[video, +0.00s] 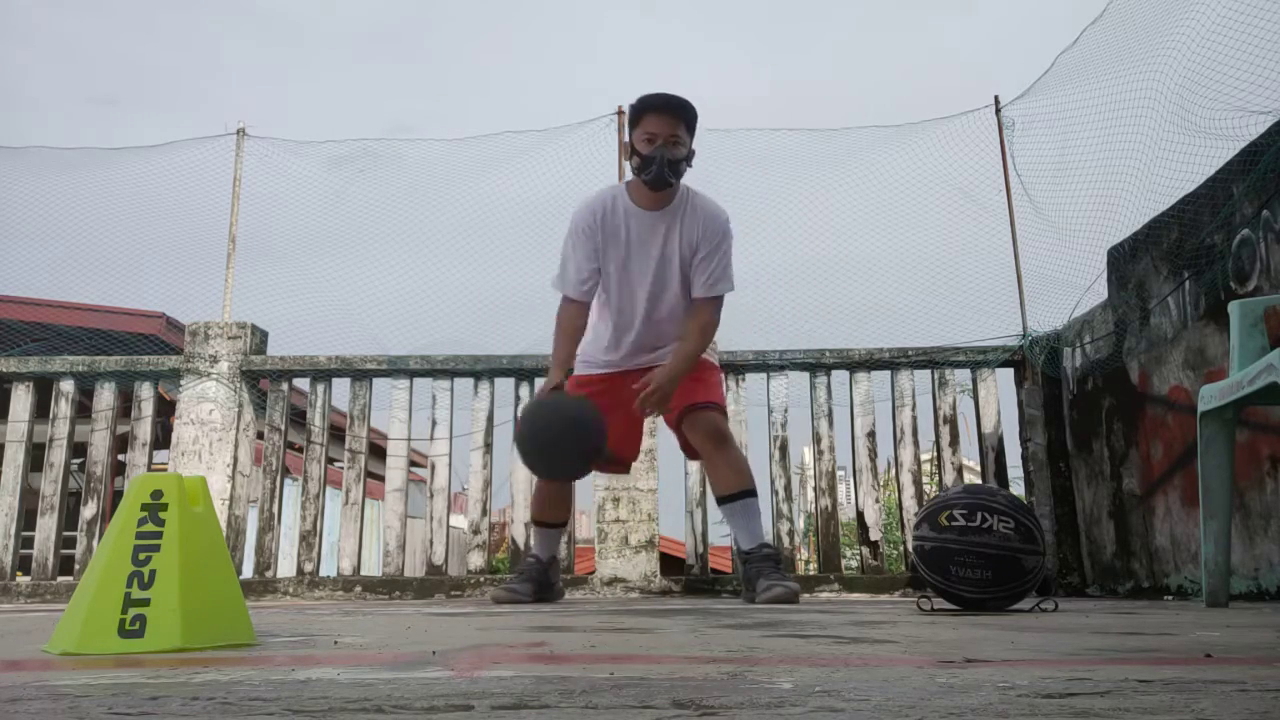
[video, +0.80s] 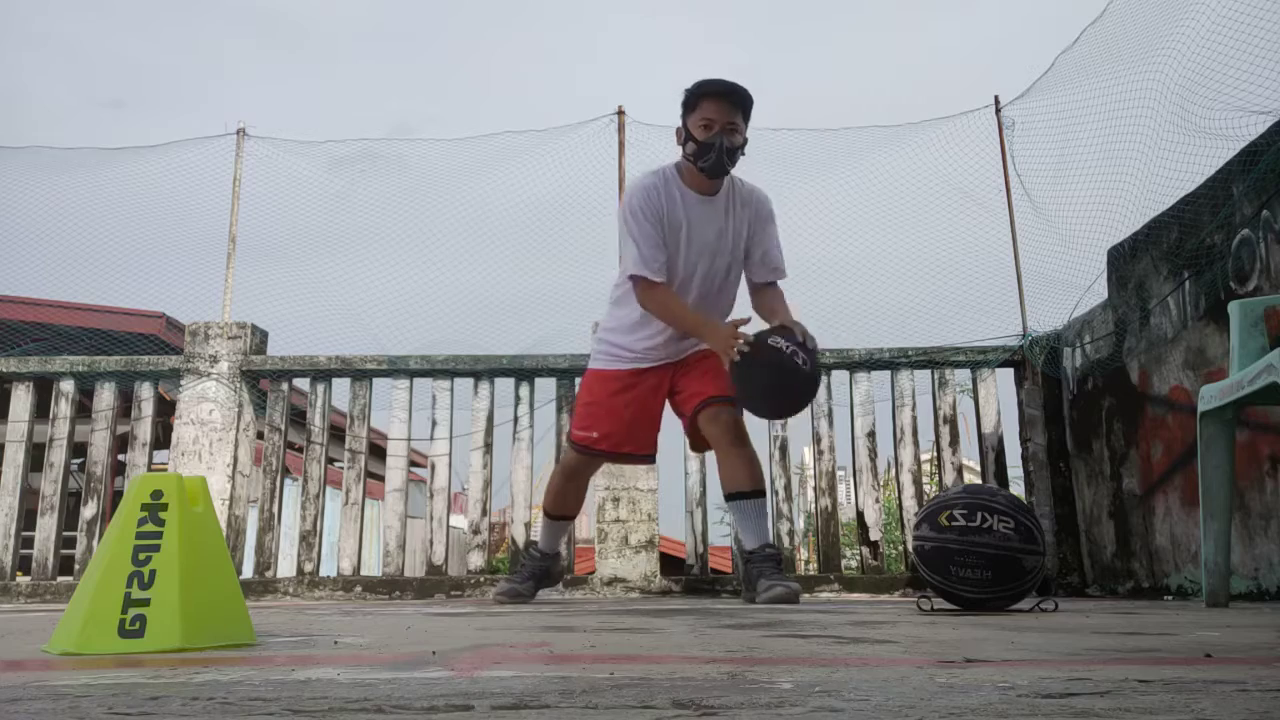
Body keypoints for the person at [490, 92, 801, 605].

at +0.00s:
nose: (659, 153)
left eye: (672, 143)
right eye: (648, 141)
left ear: (689, 151)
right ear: (630, 145)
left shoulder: (707, 221)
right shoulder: (595, 216)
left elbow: (706, 316)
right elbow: (574, 303)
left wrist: (672, 372)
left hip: (680, 359)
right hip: (602, 364)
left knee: (710, 429)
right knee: (558, 441)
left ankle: (759, 563)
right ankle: (541, 568)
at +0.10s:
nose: (647, 159)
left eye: (661, 149)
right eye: (637, 147)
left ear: (679, 157)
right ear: (619, 150)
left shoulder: (702, 225)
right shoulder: (585, 219)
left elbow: (719, 312)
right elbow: (549, 289)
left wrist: (697, 361)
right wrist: (506, 323)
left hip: (678, 359)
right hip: (603, 364)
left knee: (705, 430)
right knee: (552, 451)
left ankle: (758, 561)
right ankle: (541, 566)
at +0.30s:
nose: (673, 149)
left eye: (686, 140)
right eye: (662, 136)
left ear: (704, 148)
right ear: (643, 139)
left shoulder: (722, 221)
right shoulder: (602, 208)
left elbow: (737, 305)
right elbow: (574, 290)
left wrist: (746, 378)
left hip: (685, 354)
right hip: (607, 359)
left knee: (711, 426)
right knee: (564, 443)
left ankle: (758, 563)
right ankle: (541, 568)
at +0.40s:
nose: (701, 152)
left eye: (715, 142)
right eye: (690, 139)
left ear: (730, 151)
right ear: (670, 143)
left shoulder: (740, 226)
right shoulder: (628, 210)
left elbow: (743, 318)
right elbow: (612, 303)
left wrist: (747, 401)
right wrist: (621, 387)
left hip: (691, 354)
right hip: (618, 357)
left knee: (721, 423)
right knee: (565, 464)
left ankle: (758, 563)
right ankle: (542, 569)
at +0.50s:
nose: (725, 156)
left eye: (738, 147)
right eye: (714, 144)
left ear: (752, 158)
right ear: (692, 148)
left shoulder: (754, 234)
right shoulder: (650, 210)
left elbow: (749, 323)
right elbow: (631, 306)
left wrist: (749, 405)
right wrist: (662, 383)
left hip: (705, 354)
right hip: (630, 353)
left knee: (734, 417)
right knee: (575, 472)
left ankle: (760, 564)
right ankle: (544, 565)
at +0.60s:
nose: (736, 155)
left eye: (749, 146)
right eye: (725, 143)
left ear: (762, 156)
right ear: (702, 146)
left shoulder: (763, 227)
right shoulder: (659, 206)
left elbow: (765, 300)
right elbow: (634, 299)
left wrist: (790, 365)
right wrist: (692, 351)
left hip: (709, 354)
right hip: (634, 356)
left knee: (738, 420)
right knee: (585, 467)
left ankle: (761, 565)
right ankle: (544, 561)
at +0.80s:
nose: (716, 139)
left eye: (729, 130)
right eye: (705, 127)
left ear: (742, 140)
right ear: (682, 131)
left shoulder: (752, 205)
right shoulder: (647, 194)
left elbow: (765, 285)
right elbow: (650, 291)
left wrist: (785, 324)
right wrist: (713, 332)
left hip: (699, 347)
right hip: (626, 349)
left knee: (726, 425)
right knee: (579, 456)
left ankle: (761, 563)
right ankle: (543, 559)